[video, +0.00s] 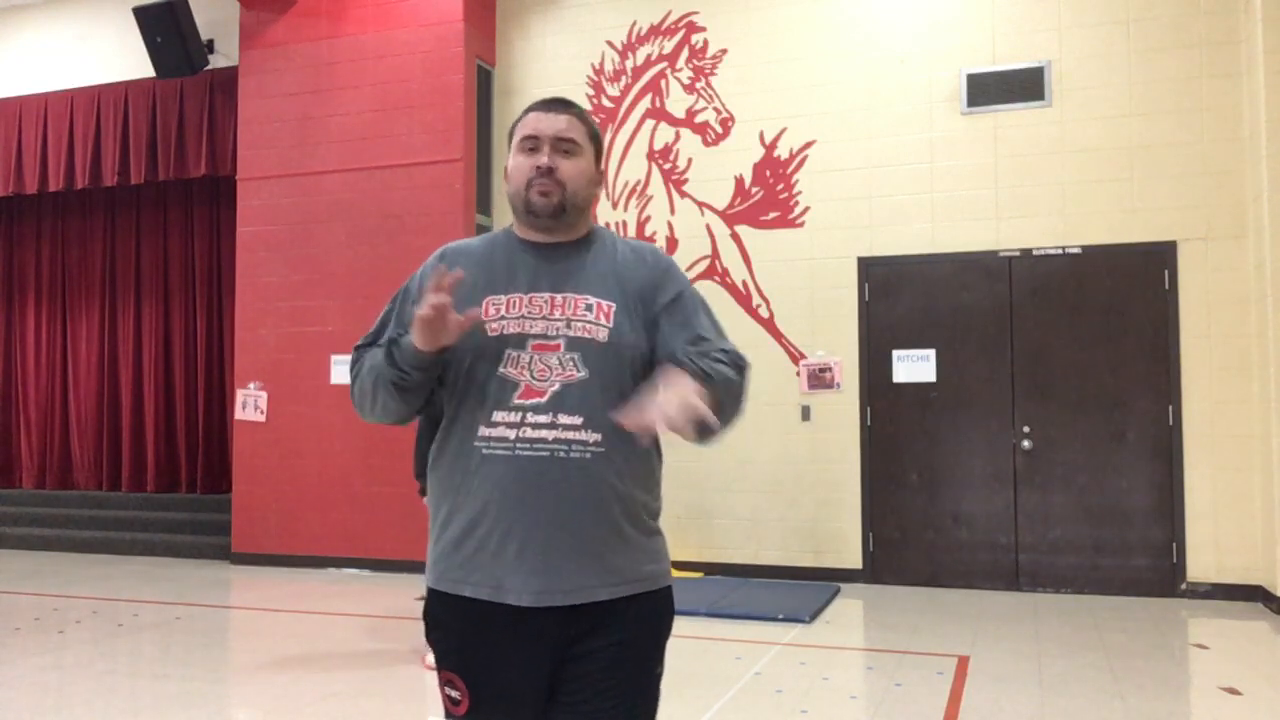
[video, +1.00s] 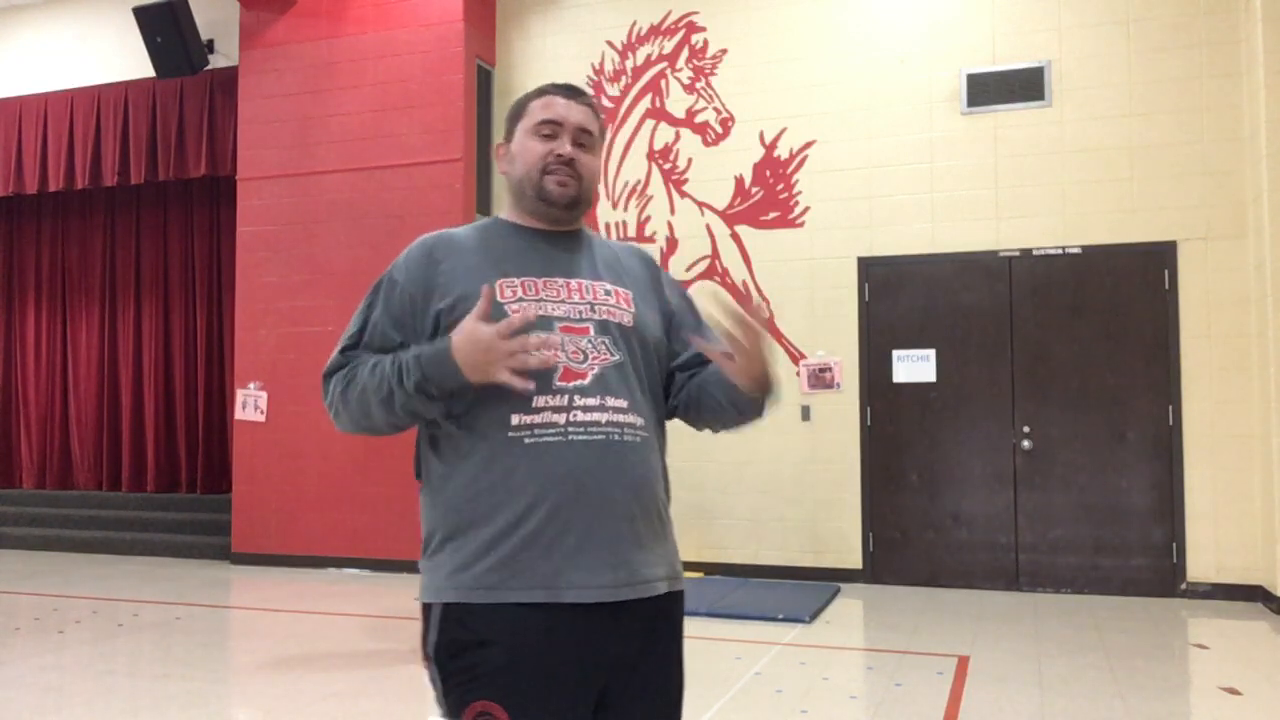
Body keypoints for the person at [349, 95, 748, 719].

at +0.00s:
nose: (545, 161)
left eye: (566, 149)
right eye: (529, 147)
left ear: (597, 177)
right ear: (507, 170)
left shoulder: (647, 271)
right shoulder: (451, 269)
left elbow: (719, 369)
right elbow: (372, 397)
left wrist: (683, 389)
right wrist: (419, 351)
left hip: (617, 590)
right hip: (478, 590)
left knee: (610, 710)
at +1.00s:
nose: (566, 149)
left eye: (584, 141)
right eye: (546, 132)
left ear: (601, 172)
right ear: (505, 154)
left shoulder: (643, 274)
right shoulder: (437, 261)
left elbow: (692, 387)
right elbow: (347, 392)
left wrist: (747, 388)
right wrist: (450, 363)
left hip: (638, 595)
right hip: (493, 596)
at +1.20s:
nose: (523, 142)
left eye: (541, 135)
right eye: (503, 126)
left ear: (558, 165)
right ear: (461, 152)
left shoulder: (602, 271)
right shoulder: (401, 262)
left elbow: (663, 398)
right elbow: (328, 400)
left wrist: (737, 464)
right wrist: (446, 392)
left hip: (601, 594)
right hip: (455, 595)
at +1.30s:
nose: (510, 139)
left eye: (525, 131)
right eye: (488, 124)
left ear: (540, 160)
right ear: (443, 152)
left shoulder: (579, 271)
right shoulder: (385, 259)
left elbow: (622, 404)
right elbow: (304, 392)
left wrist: (683, 455)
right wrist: (427, 387)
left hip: (583, 594)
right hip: (436, 594)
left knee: (593, 711)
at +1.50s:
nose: (482, 155)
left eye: (496, 144)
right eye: (461, 138)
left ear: (509, 167)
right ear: (412, 158)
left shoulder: (539, 279)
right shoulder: (350, 264)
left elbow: (572, 406)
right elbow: (264, 394)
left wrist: (635, 438)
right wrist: (393, 389)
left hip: (535, 600)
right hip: (392, 597)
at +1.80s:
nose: (475, 166)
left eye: (478, 152)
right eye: (451, 152)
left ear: (485, 162)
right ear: (393, 171)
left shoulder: (504, 273)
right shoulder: (330, 266)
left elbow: (535, 398)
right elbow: (251, 399)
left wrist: (584, 394)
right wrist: (388, 391)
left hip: (507, 584)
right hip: (373, 587)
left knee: (529, 710)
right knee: (369, 709)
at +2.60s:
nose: (540, 175)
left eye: (547, 162)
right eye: (515, 167)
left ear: (563, 180)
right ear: (480, 199)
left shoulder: (593, 287)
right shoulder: (430, 272)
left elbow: (618, 390)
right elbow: (365, 402)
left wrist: (647, 387)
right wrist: (350, 529)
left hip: (569, 579)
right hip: (456, 577)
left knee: (559, 713)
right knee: (457, 711)